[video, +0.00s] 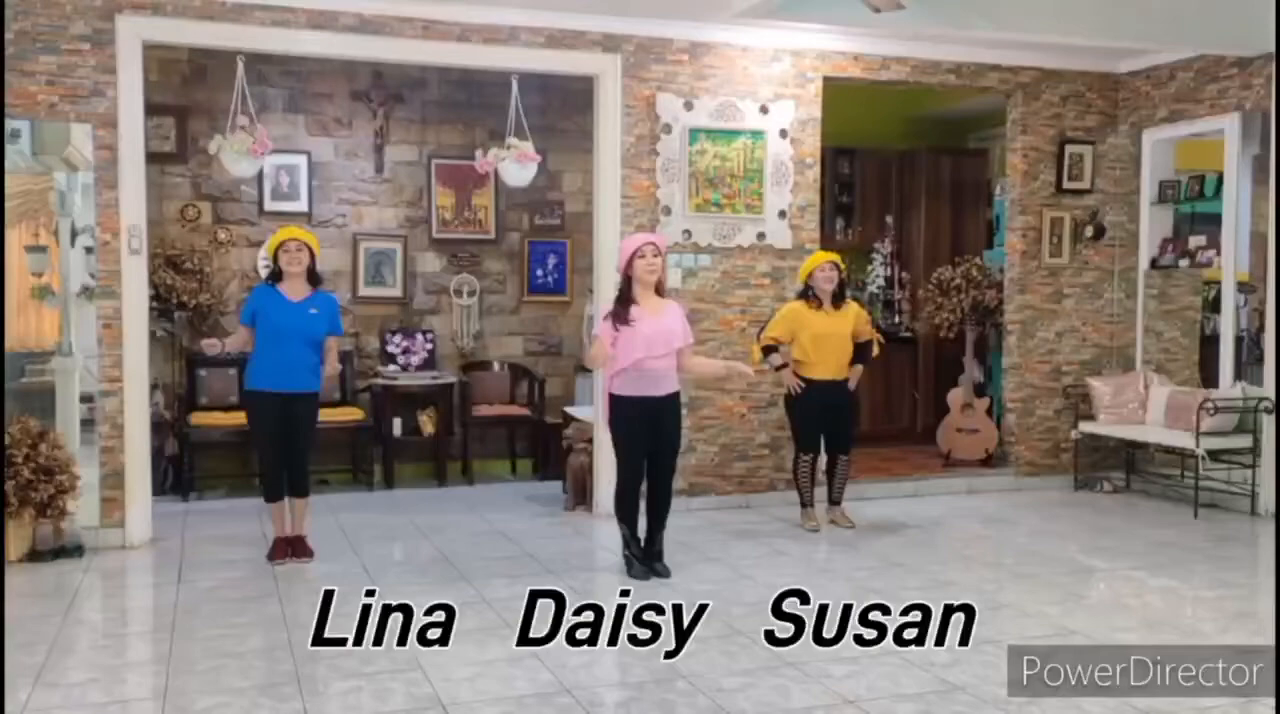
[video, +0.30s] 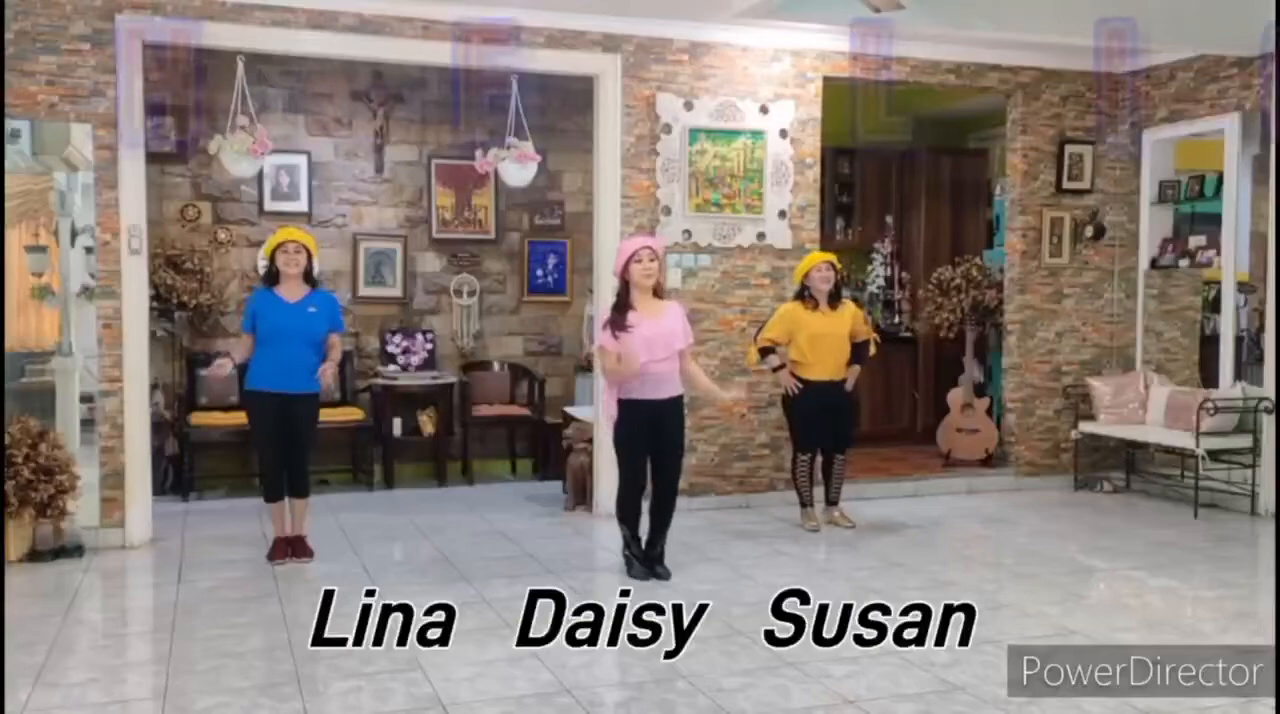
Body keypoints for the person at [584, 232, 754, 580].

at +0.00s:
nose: (652, 262)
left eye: (656, 256)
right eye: (643, 257)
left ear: (663, 264)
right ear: (629, 267)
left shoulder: (673, 310)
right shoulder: (616, 313)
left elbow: (686, 362)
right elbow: (595, 360)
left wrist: (730, 367)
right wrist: (595, 350)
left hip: (667, 401)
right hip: (627, 402)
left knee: (662, 478)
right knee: (631, 476)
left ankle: (654, 549)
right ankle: (631, 550)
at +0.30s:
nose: (648, 266)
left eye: (653, 260)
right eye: (639, 261)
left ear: (661, 267)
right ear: (625, 271)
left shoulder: (674, 311)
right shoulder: (615, 317)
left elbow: (688, 365)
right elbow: (609, 372)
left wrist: (722, 399)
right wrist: (629, 368)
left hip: (670, 406)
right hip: (632, 409)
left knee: (667, 485)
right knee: (633, 483)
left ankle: (655, 553)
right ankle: (632, 549)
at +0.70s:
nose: (632, 260)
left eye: (637, 255)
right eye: (624, 256)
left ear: (647, 263)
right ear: (612, 268)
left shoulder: (666, 304)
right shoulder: (605, 310)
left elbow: (686, 354)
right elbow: (590, 367)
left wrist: (733, 371)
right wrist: (582, 345)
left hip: (658, 401)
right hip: (616, 402)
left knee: (656, 480)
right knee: (609, 474)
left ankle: (654, 553)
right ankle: (590, 551)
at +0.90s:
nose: (619, 263)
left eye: (624, 257)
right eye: (610, 258)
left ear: (633, 264)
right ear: (598, 269)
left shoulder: (649, 309)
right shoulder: (588, 315)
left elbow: (665, 365)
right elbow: (575, 369)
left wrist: (699, 391)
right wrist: (569, 387)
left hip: (642, 405)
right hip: (598, 405)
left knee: (645, 483)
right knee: (592, 482)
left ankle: (653, 555)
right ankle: (581, 556)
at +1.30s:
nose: (598, 261)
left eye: (604, 255)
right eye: (590, 256)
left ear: (614, 265)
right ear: (579, 267)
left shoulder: (629, 314)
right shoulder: (563, 310)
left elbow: (641, 368)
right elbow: (540, 361)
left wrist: (667, 410)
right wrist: (519, 406)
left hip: (615, 407)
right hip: (571, 407)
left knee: (617, 487)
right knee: (576, 485)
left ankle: (607, 557)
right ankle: (579, 558)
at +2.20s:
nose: (608, 264)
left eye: (613, 258)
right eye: (599, 259)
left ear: (620, 266)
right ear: (583, 269)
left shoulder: (639, 305)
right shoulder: (579, 321)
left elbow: (665, 355)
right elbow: (575, 379)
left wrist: (694, 389)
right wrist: (559, 426)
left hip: (645, 405)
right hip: (601, 409)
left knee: (644, 485)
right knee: (594, 485)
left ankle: (645, 560)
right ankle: (582, 557)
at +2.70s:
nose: (621, 271)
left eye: (627, 264)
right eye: (613, 264)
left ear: (634, 272)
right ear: (598, 274)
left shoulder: (651, 307)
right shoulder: (591, 325)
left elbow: (679, 355)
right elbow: (597, 380)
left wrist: (722, 377)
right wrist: (608, 415)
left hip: (667, 404)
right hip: (627, 411)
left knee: (660, 487)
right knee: (631, 487)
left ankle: (647, 559)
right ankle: (626, 559)